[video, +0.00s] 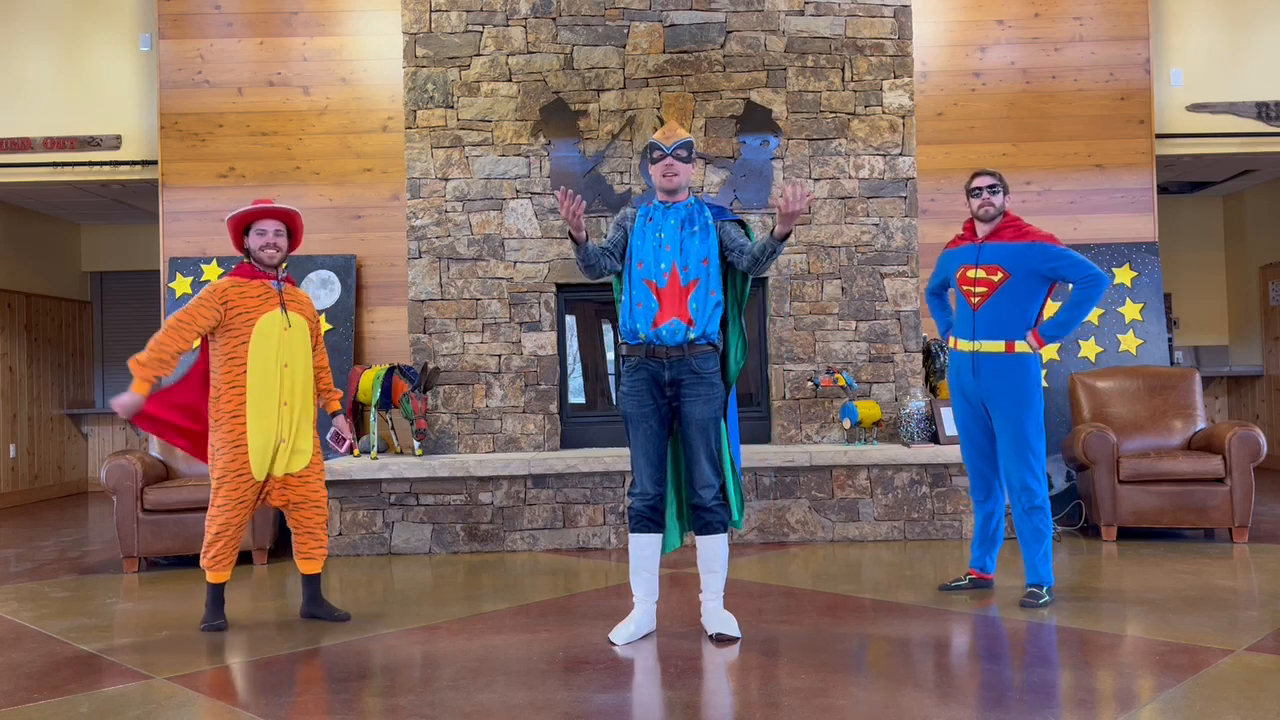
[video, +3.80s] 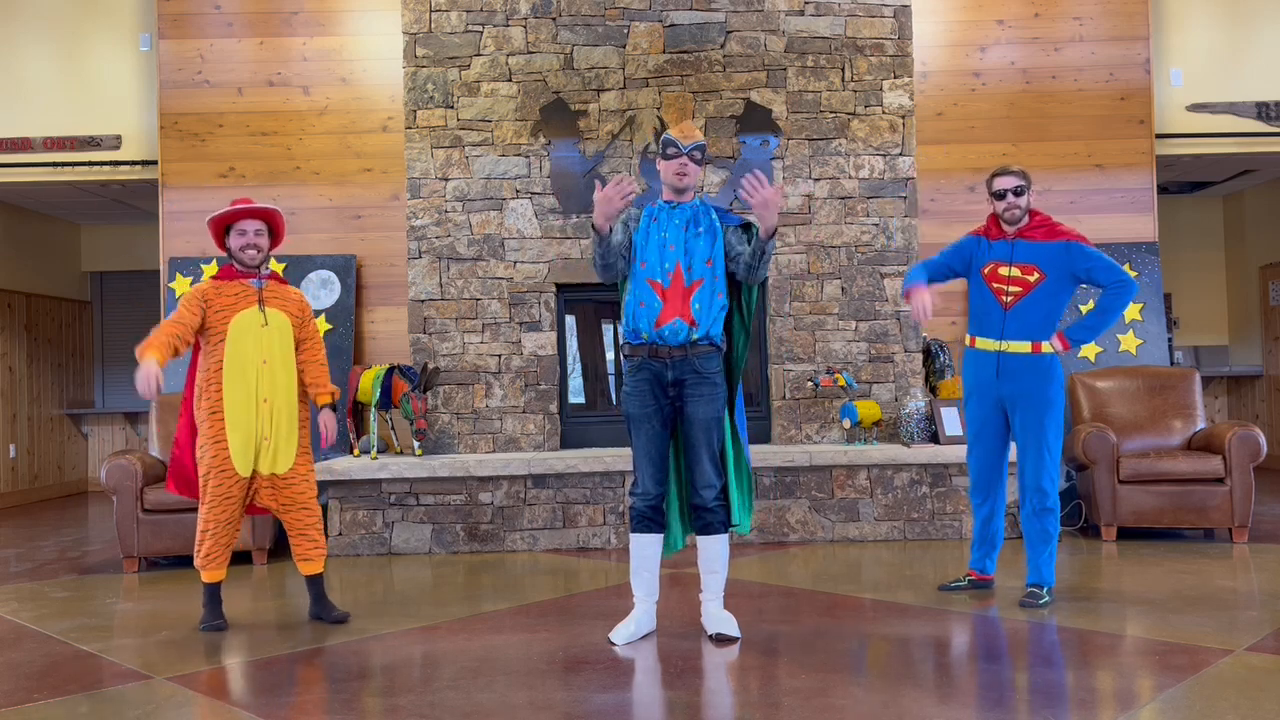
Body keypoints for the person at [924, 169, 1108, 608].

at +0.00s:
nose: (984, 198)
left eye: (992, 190)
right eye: (976, 192)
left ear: (1006, 198)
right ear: (967, 203)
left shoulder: (1032, 245)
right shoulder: (953, 253)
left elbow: (1094, 280)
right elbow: (933, 292)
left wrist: (1047, 333)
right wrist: (948, 328)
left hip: (1014, 373)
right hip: (964, 373)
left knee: (1025, 481)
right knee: (982, 479)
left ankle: (1039, 581)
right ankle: (981, 572)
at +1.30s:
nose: (1000, 201)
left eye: (1008, 193)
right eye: (992, 194)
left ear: (1020, 200)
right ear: (981, 202)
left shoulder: (1045, 250)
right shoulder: (958, 252)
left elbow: (1102, 290)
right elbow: (907, 286)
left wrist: (1054, 336)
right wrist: (882, 322)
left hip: (1017, 376)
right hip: (965, 377)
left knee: (1028, 481)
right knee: (981, 480)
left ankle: (1038, 581)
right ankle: (981, 571)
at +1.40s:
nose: (997, 202)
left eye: (1005, 194)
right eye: (989, 196)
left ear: (1019, 200)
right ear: (979, 204)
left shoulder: (1044, 250)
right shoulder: (959, 250)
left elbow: (1102, 287)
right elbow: (912, 269)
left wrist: (1055, 337)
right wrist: (870, 278)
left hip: (1019, 375)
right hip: (966, 375)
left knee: (1028, 480)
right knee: (981, 479)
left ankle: (1039, 581)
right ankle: (981, 571)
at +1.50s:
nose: (992, 203)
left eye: (1000, 195)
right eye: (984, 197)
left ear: (1014, 199)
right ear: (975, 205)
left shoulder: (1041, 247)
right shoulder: (955, 250)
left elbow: (1101, 284)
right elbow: (904, 256)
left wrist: (1054, 336)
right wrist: (875, 236)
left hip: (1019, 376)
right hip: (968, 376)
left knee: (1028, 481)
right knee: (981, 479)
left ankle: (1039, 580)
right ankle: (981, 572)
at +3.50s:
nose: (1004, 203)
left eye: (1010, 195)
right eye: (994, 198)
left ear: (1023, 197)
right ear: (984, 205)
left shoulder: (1056, 248)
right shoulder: (964, 247)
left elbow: (1116, 283)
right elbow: (908, 238)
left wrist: (1067, 336)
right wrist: (913, 195)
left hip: (1033, 371)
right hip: (977, 371)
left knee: (1037, 478)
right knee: (981, 476)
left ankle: (1040, 581)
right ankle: (981, 572)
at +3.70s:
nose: (1007, 202)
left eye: (1014, 193)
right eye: (997, 196)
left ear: (1027, 195)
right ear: (987, 203)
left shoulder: (1059, 246)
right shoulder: (970, 245)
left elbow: (1120, 285)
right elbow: (918, 257)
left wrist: (1072, 336)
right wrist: (908, 240)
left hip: (1035, 375)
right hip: (979, 375)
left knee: (1038, 480)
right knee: (983, 479)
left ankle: (1040, 581)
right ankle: (981, 572)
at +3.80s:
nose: (1010, 200)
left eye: (1017, 192)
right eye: (1000, 195)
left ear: (1031, 196)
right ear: (990, 202)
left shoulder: (1062, 246)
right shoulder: (976, 245)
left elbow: (1122, 285)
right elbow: (927, 269)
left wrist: (1072, 336)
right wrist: (916, 283)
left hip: (1036, 375)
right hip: (980, 374)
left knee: (1038, 482)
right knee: (983, 478)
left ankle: (1040, 581)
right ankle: (981, 572)